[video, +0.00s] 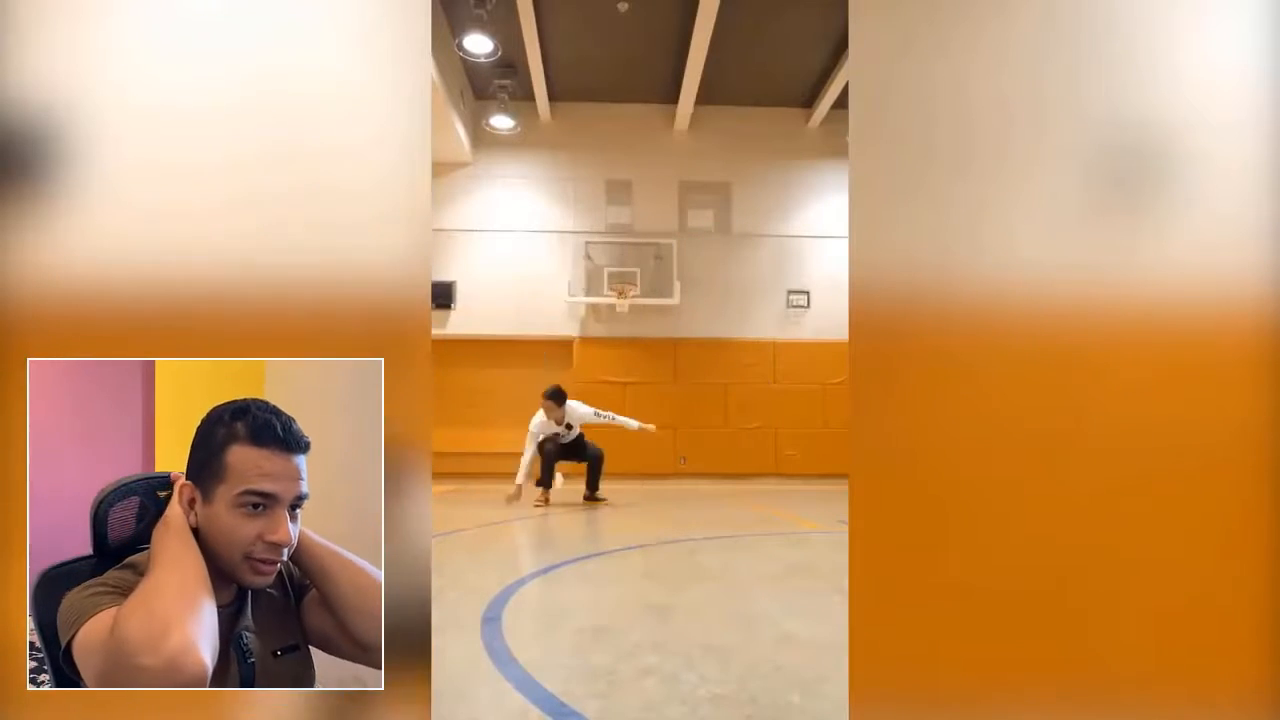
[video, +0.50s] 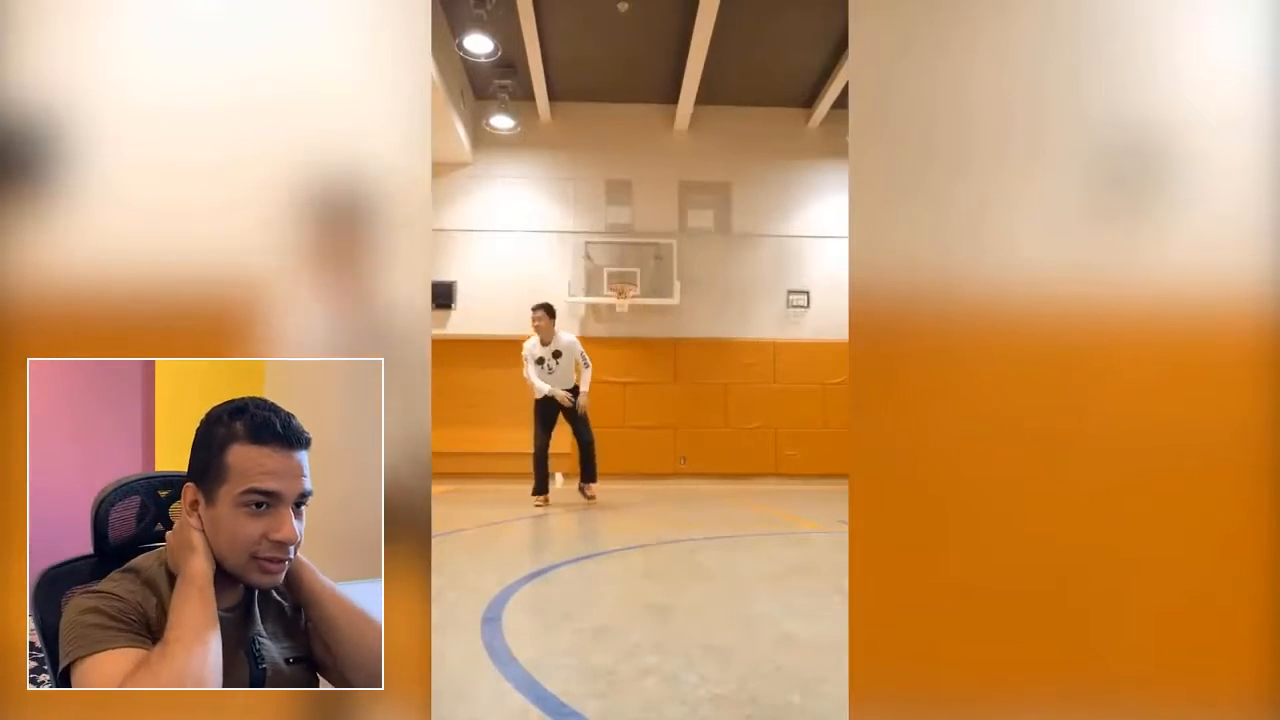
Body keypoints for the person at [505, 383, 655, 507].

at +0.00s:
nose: (543, 410)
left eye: (547, 407)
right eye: (543, 407)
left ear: (559, 406)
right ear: (545, 405)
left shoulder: (576, 410)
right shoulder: (538, 422)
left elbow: (607, 417)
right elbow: (528, 453)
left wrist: (640, 426)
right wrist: (517, 485)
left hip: (573, 444)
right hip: (551, 447)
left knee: (596, 454)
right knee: (549, 448)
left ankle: (591, 493)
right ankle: (545, 492)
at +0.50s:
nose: (534, 324)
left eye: (538, 319)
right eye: (533, 320)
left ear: (551, 321)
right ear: (532, 322)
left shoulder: (570, 341)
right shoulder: (530, 346)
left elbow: (587, 366)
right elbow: (532, 377)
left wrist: (583, 393)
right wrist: (553, 391)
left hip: (570, 394)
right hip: (544, 398)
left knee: (586, 439)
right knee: (540, 445)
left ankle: (587, 483)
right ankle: (541, 493)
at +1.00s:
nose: (575, 300)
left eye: (579, 298)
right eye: (572, 296)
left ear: (583, 306)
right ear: (563, 300)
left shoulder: (584, 326)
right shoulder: (545, 324)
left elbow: (592, 339)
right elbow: (520, 341)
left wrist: (587, 310)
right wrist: (530, 364)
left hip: (576, 390)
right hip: (549, 390)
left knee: (578, 442)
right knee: (541, 441)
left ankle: (571, 494)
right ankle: (540, 488)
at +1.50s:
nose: (580, 291)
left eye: (585, 288)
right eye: (576, 287)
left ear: (591, 294)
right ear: (568, 292)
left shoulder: (600, 318)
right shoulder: (556, 324)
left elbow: (613, 339)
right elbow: (550, 355)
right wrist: (544, 369)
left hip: (594, 388)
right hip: (566, 387)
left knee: (589, 444)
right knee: (571, 442)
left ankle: (570, 485)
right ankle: (581, 499)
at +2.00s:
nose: (578, 274)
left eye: (584, 270)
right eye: (576, 270)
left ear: (599, 274)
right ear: (574, 275)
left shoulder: (615, 312)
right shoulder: (565, 308)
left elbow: (628, 352)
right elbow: (554, 347)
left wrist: (642, 384)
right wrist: (534, 370)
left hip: (604, 381)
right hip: (572, 382)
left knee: (609, 437)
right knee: (572, 444)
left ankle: (605, 502)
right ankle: (581, 501)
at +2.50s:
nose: (591, 248)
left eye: (597, 243)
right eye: (586, 243)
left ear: (607, 248)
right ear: (578, 249)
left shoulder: (626, 286)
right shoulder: (570, 289)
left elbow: (633, 327)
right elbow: (562, 336)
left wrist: (636, 328)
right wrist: (544, 342)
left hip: (619, 374)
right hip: (581, 374)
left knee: (618, 444)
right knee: (579, 440)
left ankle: (606, 508)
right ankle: (585, 508)